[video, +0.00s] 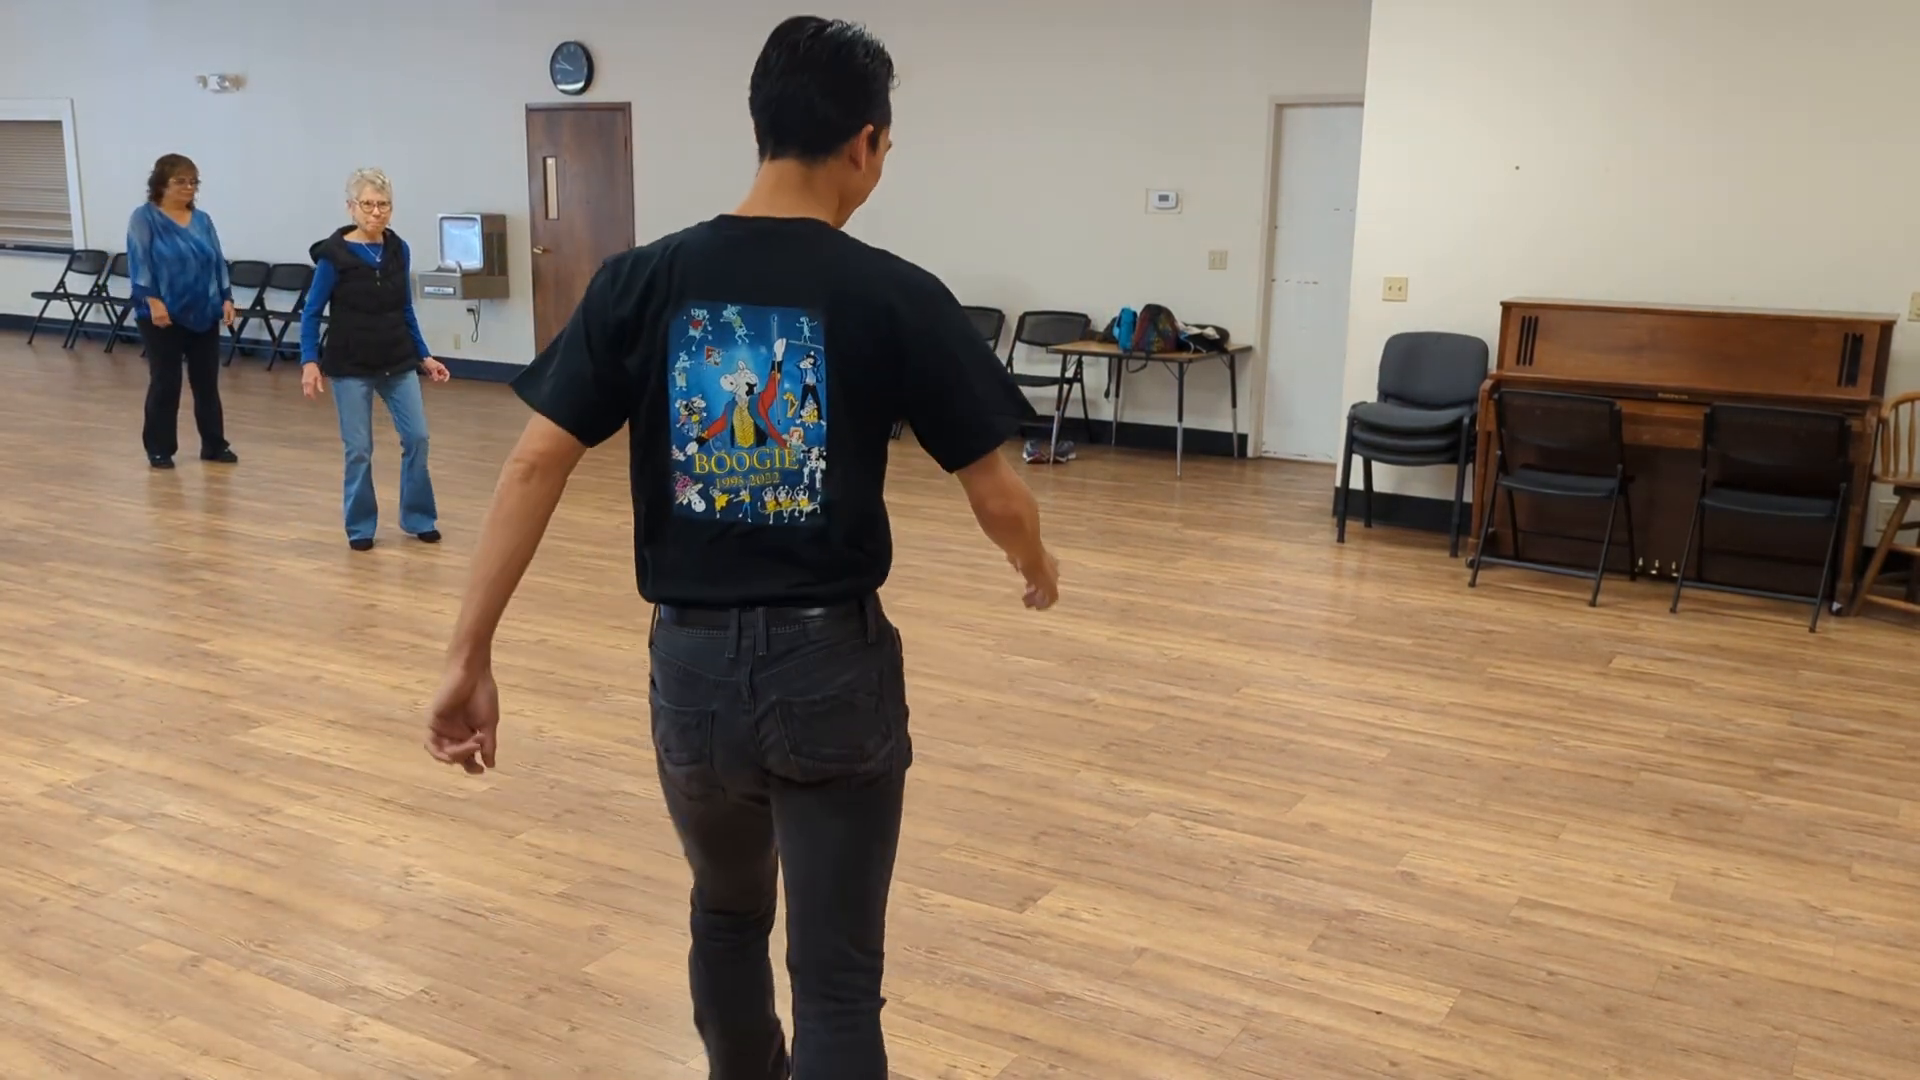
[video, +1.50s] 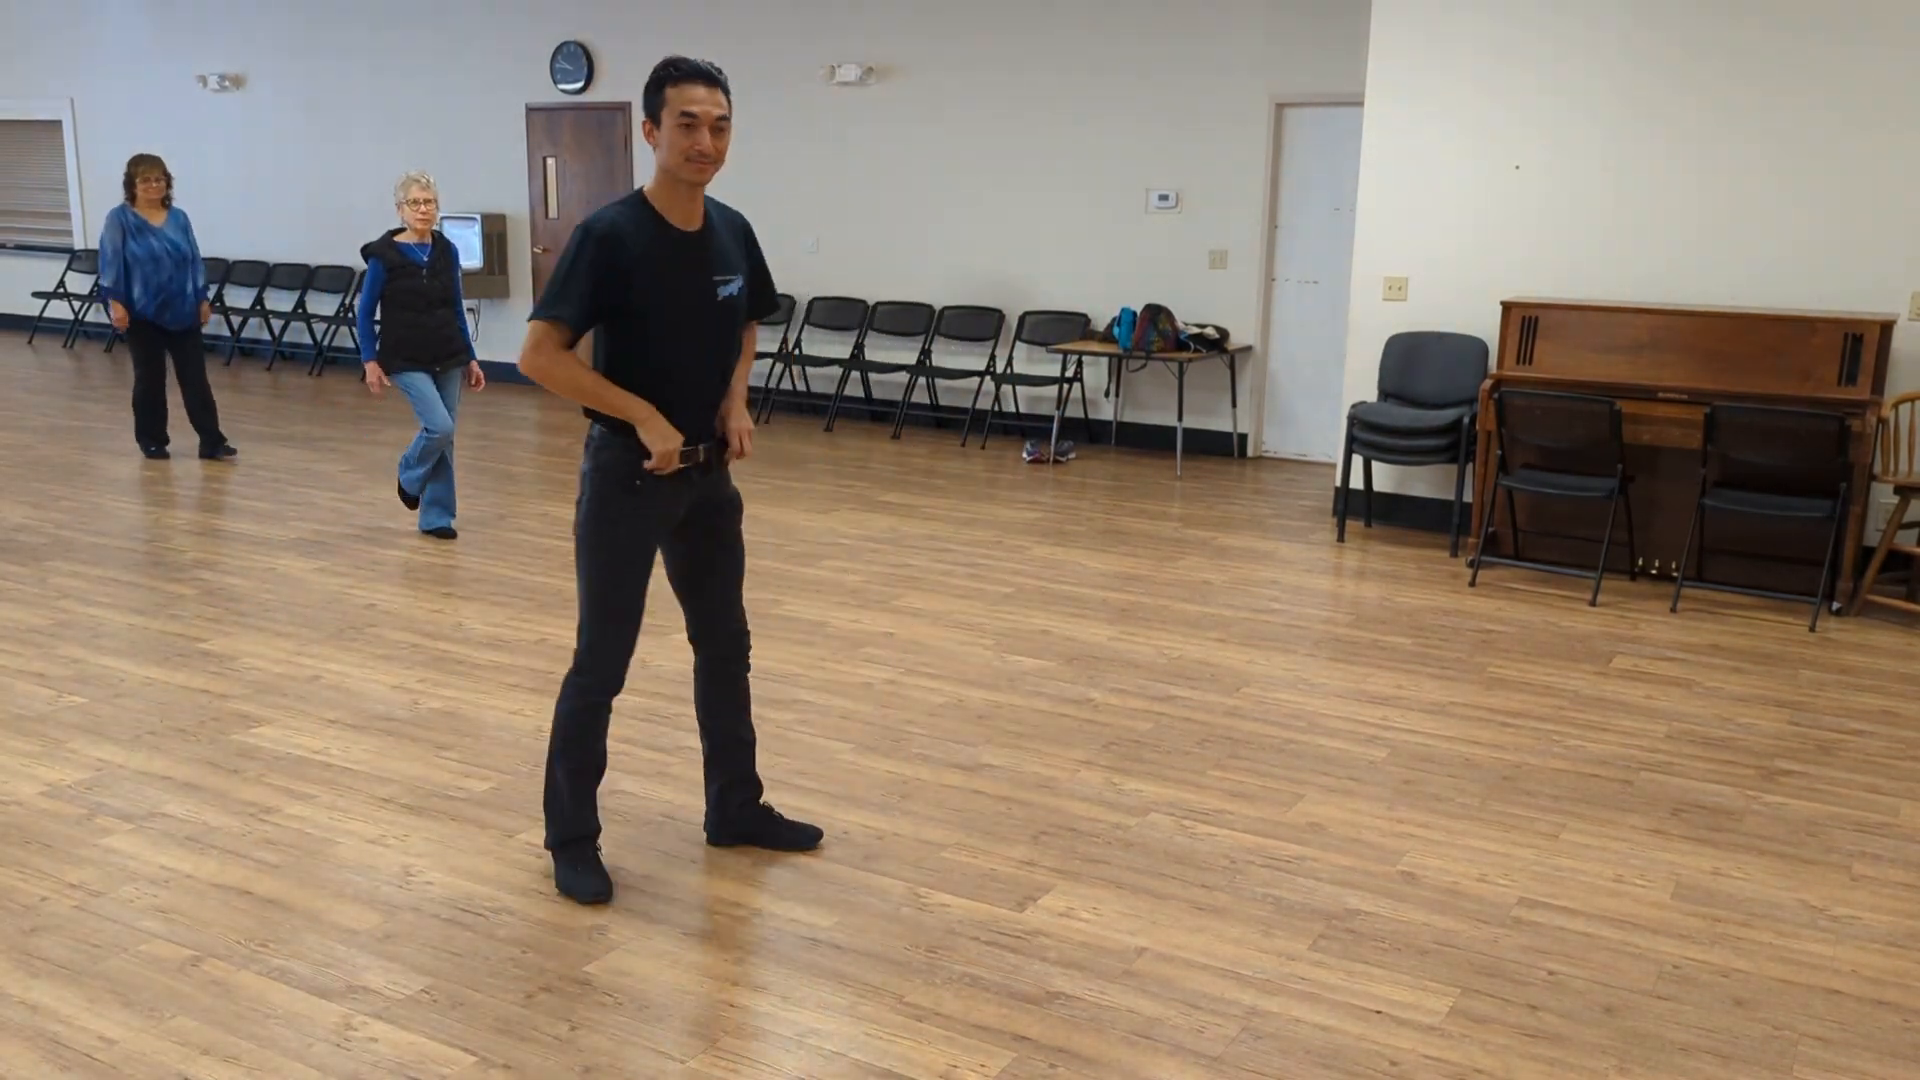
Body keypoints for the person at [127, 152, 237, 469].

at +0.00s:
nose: (190, 187)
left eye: (193, 181)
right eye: (182, 181)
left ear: (196, 184)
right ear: (163, 183)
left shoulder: (202, 219)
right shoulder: (144, 217)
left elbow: (219, 262)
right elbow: (139, 264)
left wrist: (226, 298)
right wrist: (153, 300)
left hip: (203, 313)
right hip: (163, 314)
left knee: (206, 383)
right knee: (166, 383)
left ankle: (214, 445)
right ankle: (159, 451)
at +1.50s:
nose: (154, 184)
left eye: (159, 179)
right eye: (146, 179)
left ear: (167, 183)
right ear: (133, 184)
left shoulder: (178, 217)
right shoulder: (120, 217)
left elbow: (195, 260)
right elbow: (110, 263)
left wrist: (201, 298)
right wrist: (115, 301)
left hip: (183, 310)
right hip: (143, 312)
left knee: (195, 378)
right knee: (150, 379)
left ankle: (211, 441)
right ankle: (152, 441)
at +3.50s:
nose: (166, 183)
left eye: (172, 178)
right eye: (159, 178)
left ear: (180, 183)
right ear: (147, 183)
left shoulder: (189, 218)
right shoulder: (134, 216)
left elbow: (204, 261)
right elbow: (128, 262)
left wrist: (214, 296)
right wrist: (134, 298)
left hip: (192, 308)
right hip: (155, 308)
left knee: (192, 375)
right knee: (157, 375)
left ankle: (193, 436)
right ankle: (152, 440)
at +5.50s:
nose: (182, 185)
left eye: (185, 180)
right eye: (175, 179)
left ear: (186, 183)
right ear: (156, 182)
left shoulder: (190, 217)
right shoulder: (137, 216)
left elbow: (205, 261)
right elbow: (133, 262)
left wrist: (216, 296)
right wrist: (143, 298)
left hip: (194, 308)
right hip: (158, 308)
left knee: (193, 374)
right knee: (159, 374)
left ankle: (193, 435)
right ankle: (152, 440)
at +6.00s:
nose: (182, 184)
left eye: (184, 179)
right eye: (175, 178)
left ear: (183, 183)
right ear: (156, 182)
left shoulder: (189, 217)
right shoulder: (136, 216)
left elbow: (203, 261)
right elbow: (132, 263)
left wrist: (213, 296)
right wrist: (140, 301)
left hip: (193, 308)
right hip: (157, 308)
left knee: (192, 375)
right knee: (158, 374)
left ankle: (193, 435)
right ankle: (152, 440)